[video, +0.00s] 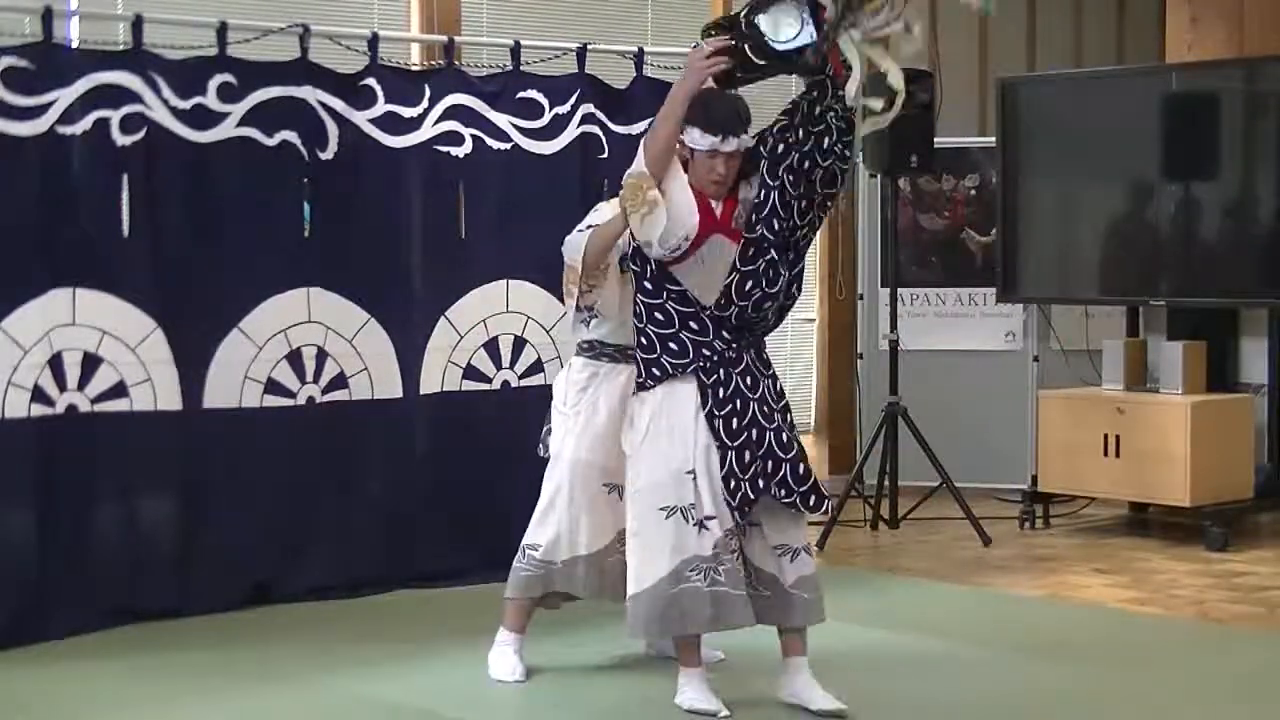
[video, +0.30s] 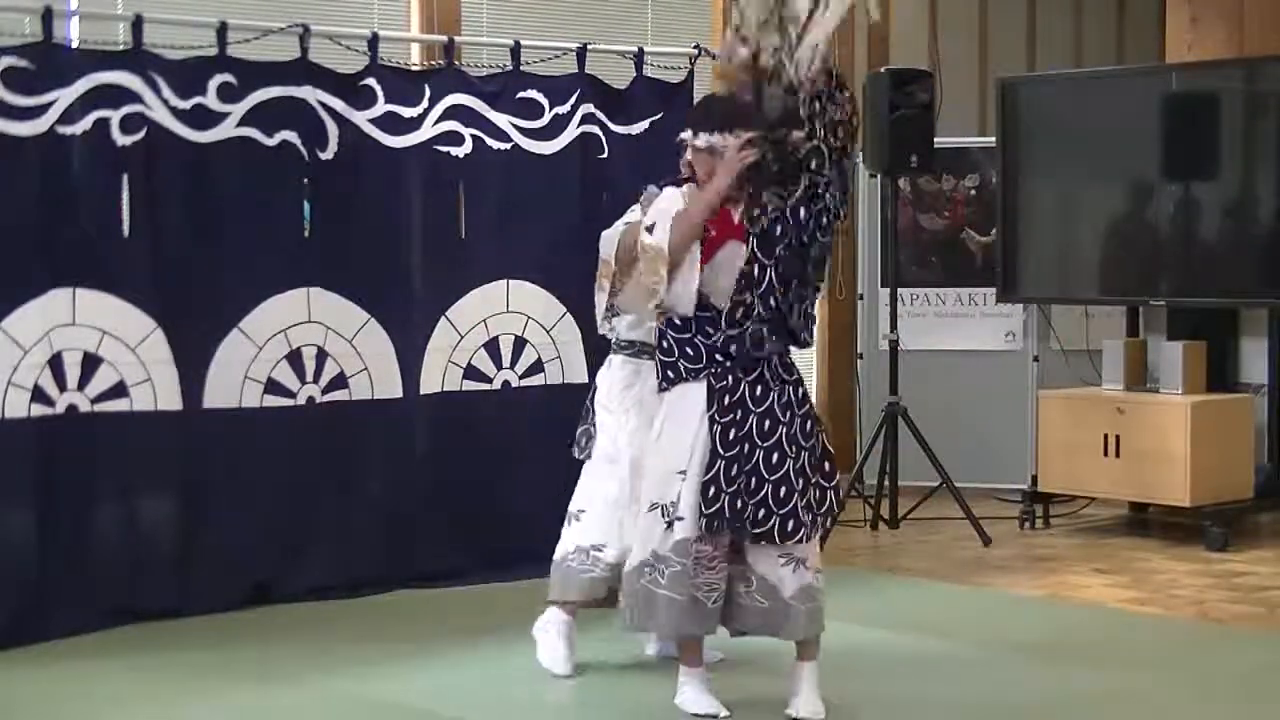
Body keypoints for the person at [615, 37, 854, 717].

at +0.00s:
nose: (725, 166)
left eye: (735, 154)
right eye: (713, 153)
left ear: (746, 154)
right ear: (684, 152)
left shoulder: (753, 201)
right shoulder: (663, 205)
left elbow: (814, 145)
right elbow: (653, 156)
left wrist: (824, 61)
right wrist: (685, 85)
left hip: (746, 371)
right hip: (677, 378)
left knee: (782, 509)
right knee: (687, 522)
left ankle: (795, 670)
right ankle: (692, 674)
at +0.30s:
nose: (745, 156)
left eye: (754, 144)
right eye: (725, 144)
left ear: (767, 150)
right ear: (697, 156)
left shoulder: (789, 213)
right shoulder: (677, 210)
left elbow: (830, 179)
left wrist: (819, 96)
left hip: (770, 378)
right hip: (696, 379)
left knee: (795, 534)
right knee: (707, 536)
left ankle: (805, 675)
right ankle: (691, 674)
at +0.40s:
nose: (711, 163)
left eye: (725, 150)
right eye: (702, 149)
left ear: (755, 152)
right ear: (691, 151)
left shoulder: (791, 213)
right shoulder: (677, 215)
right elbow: (650, 301)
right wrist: (701, 251)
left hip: (783, 391)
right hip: (709, 390)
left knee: (800, 538)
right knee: (711, 538)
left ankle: (806, 680)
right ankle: (690, 673)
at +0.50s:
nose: (699, 162)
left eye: (709, 151)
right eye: (698, 150)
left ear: (748, 155)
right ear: (710, 154)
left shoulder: (809, 217)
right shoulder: (689, 220)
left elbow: (854, 307)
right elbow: (657, 305)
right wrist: (714, 303)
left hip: (798, 398)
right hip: (716, 397)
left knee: (805, 540)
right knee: (711, 539)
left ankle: (806, 682)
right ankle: (691, 674)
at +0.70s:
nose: (704, 168)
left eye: (713, 158)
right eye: (705, 157)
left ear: (751, 167)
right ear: (737, 165)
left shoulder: (814, 234)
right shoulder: (704, 234)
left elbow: (848, 338)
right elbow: (666, 317)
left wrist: (798, 388)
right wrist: (700, 343)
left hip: (808, 412)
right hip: (726, 408)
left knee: (816, 542)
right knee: (717, 536)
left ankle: (808, 684)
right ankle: (694, 670)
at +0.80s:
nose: (709, 172)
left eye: (719, 162)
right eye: (711, 161)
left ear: (756, 172)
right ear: (741, 170)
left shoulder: (823, 240)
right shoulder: (706, 238)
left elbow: (850, 343)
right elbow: (676, 321)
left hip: (804, 409)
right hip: (720, 403)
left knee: (808, 536)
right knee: (710, 533)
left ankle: (807, 681)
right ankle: (700, 673)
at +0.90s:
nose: (714, 174)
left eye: (723, 163)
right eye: (715, 162)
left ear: (760, 170)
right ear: (746, 169)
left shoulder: (822, 238)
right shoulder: (726, 235)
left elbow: (852, 340)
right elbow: (698, 317)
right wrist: (695, 362)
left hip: (809, 414)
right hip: (735, 408)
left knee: (813, 546)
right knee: (718, 542)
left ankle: (806, 682)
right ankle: (710, 675)